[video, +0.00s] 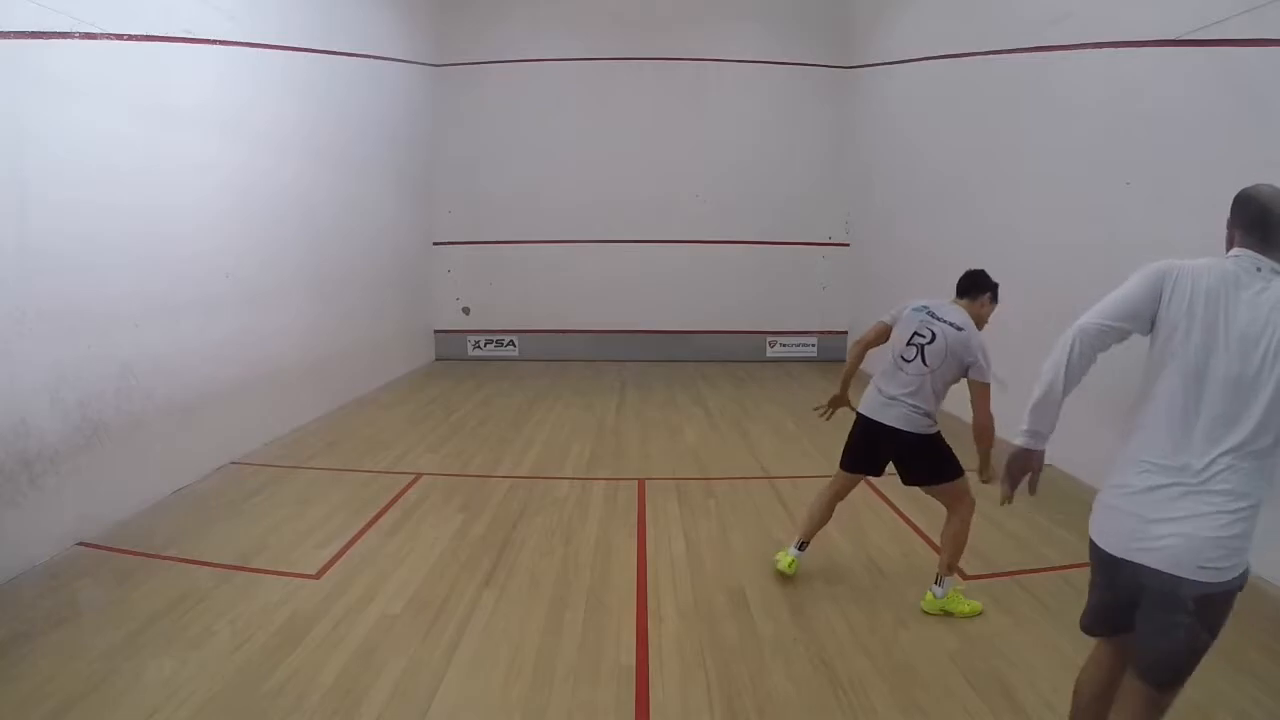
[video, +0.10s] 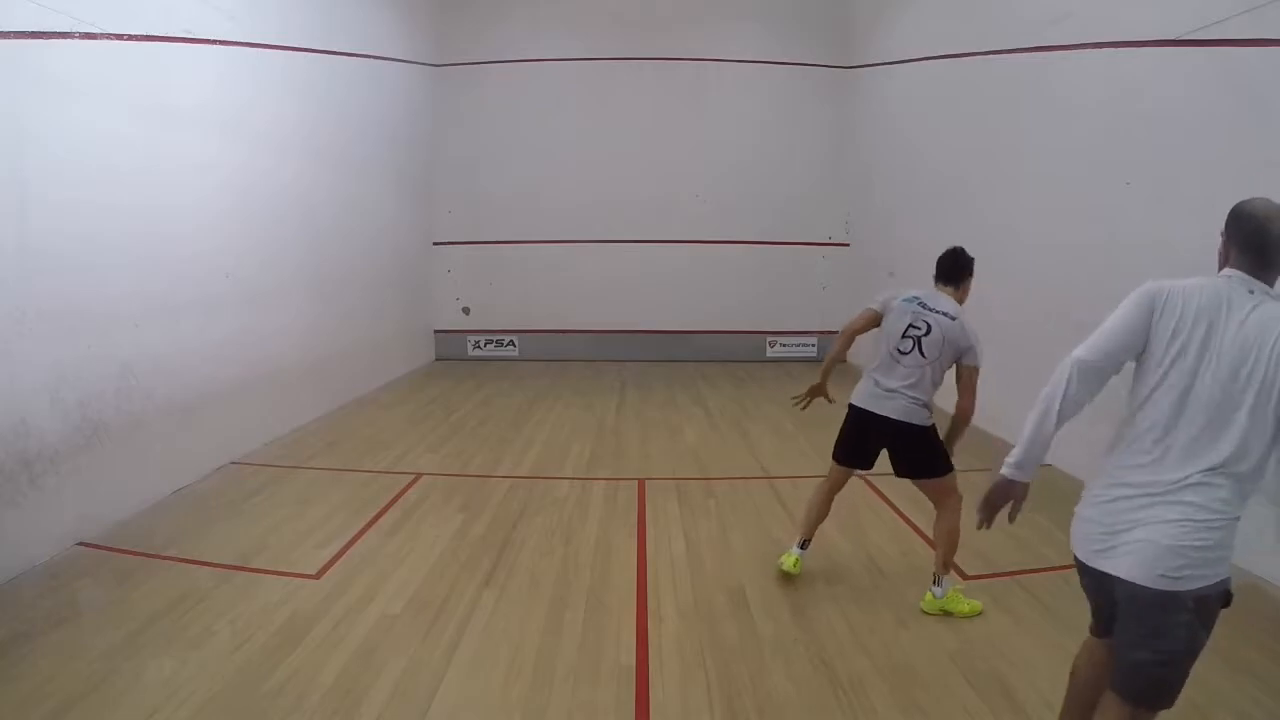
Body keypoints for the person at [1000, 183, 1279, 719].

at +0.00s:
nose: (1226, 236)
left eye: (1227, 229)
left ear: (1231, 232)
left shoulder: (1175, 279)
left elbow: (1084, 334)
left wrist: (1034, 436)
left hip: (1119, 532)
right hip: (1206, 562)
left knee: (1110, 647)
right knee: (1145, 700)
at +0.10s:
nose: (1220, 249)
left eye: (1221, 241)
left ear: (1223, 247)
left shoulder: (1163, 298)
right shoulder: (1275, 331)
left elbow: (1082, 367)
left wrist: (1019, 467)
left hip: (1099, 539)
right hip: (1179, 570)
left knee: (1104, 637)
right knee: (1129, 706)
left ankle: (1070, 713)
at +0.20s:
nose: (1210, 234)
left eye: (1212, 225)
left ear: (1216, 232)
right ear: (1275, 251)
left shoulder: (1149, 288)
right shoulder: (1273, 326)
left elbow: (1069, 361)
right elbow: (1272, 469)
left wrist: (1024, 461)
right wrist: (1269, 587)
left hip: (1090, 524)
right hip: (1169, 561)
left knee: (1101, 623)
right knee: (1128, 698)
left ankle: (1048, 714)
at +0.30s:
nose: (1198, 223)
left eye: (1200, 216)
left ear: (1200, 222)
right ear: (1261, 238)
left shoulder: (1139, 277)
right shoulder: (1269, 314)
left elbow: (1057, 349)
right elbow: (1263, 456)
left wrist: (1030, 442)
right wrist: (1238, 558)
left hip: (1088, 507)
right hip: (1169, 539)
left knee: (1083, 612)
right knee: (1126, 684)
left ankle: (1028, 712)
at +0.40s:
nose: (1184, 229)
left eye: (1185, 221)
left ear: (1186, 229)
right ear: (1247, 244)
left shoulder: (1130, 286)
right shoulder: (1264, 331)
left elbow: (1049, 355)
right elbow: (1252, 458)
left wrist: (1034, 428)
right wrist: (1214, 537)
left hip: (1083, 507)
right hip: (1165, 535)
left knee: (1073, 606)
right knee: (1121, 680)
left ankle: (1022, 711)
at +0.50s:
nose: (1175, 235)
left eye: (1176, 226)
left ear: (1177, 235)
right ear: (1234, 250)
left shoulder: (1120, 290)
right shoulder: (1251, 340)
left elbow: (1042, 359)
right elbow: (1230, 459)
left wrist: (1033, 420)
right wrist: (1203, 531)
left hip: (1078, 506)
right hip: (1158, 535)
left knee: (1071, 600)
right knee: (1129, 675)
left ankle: (1022, 710)